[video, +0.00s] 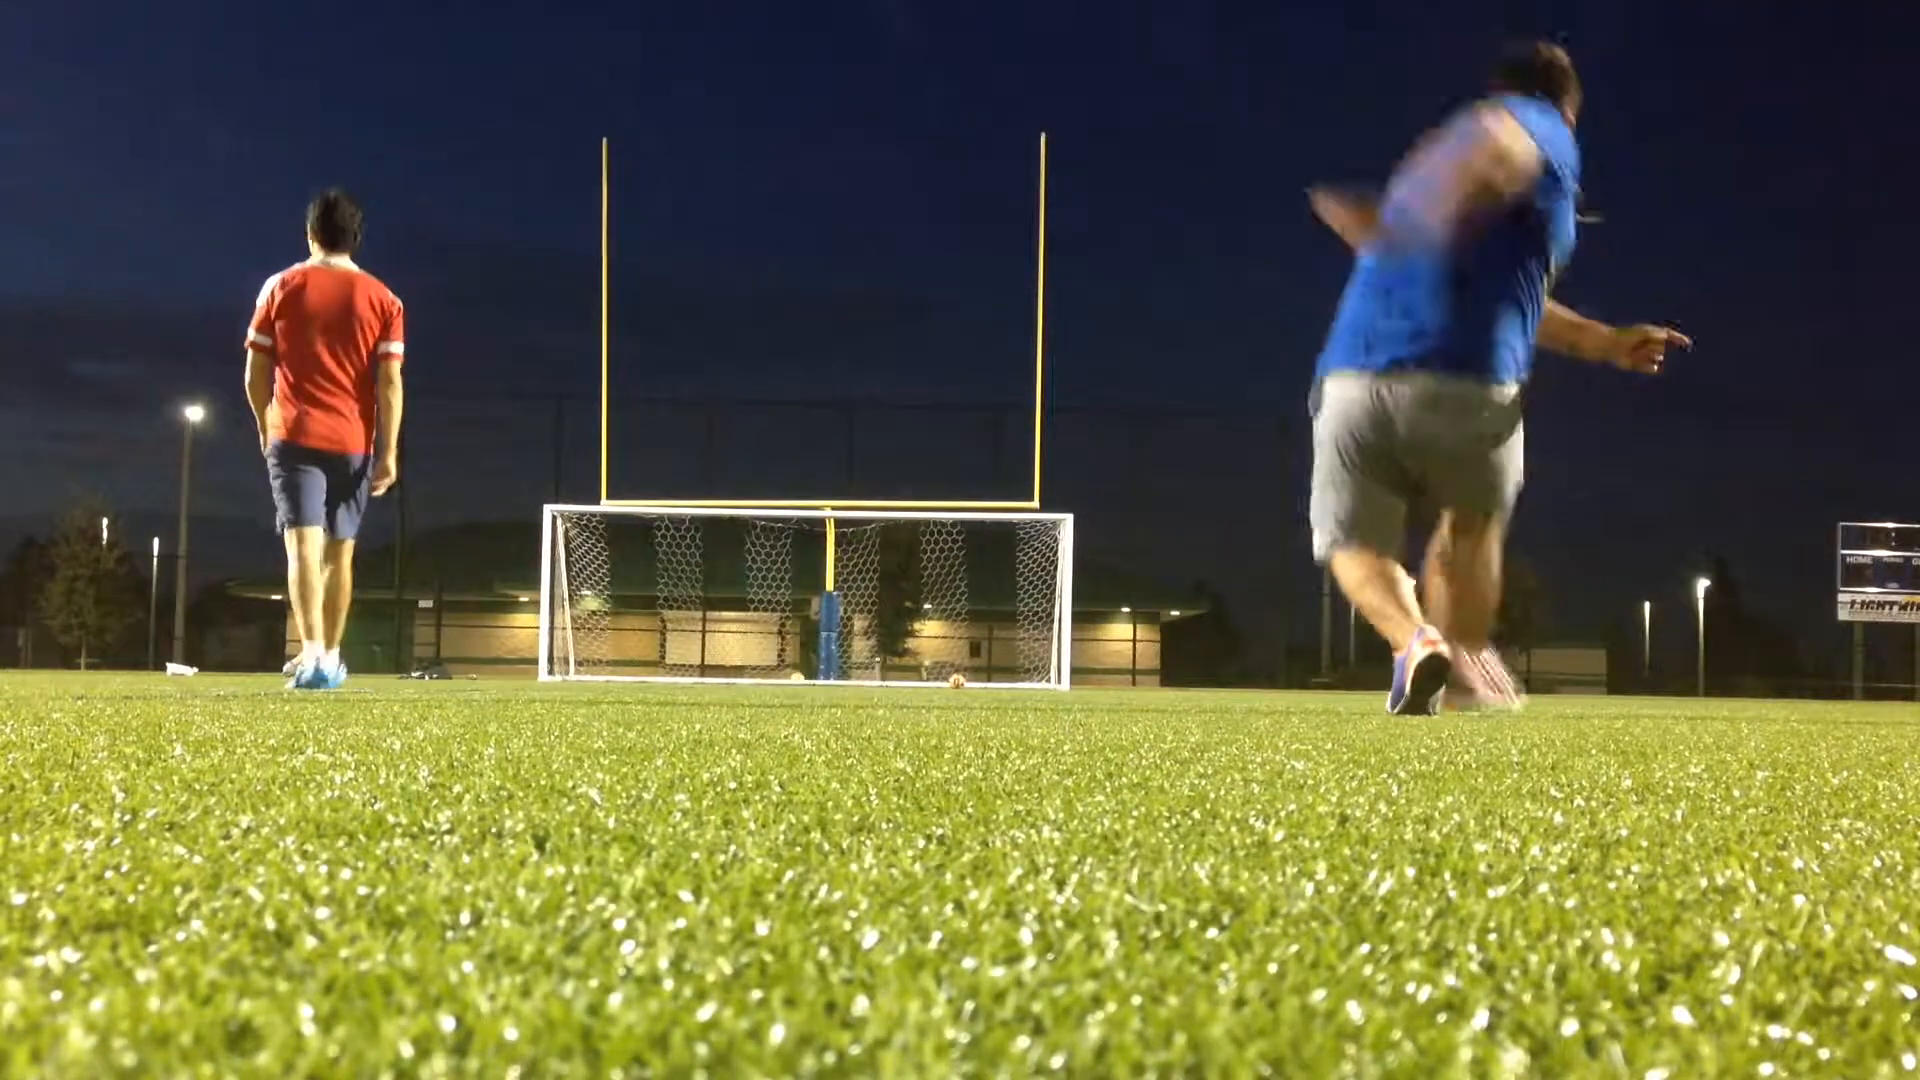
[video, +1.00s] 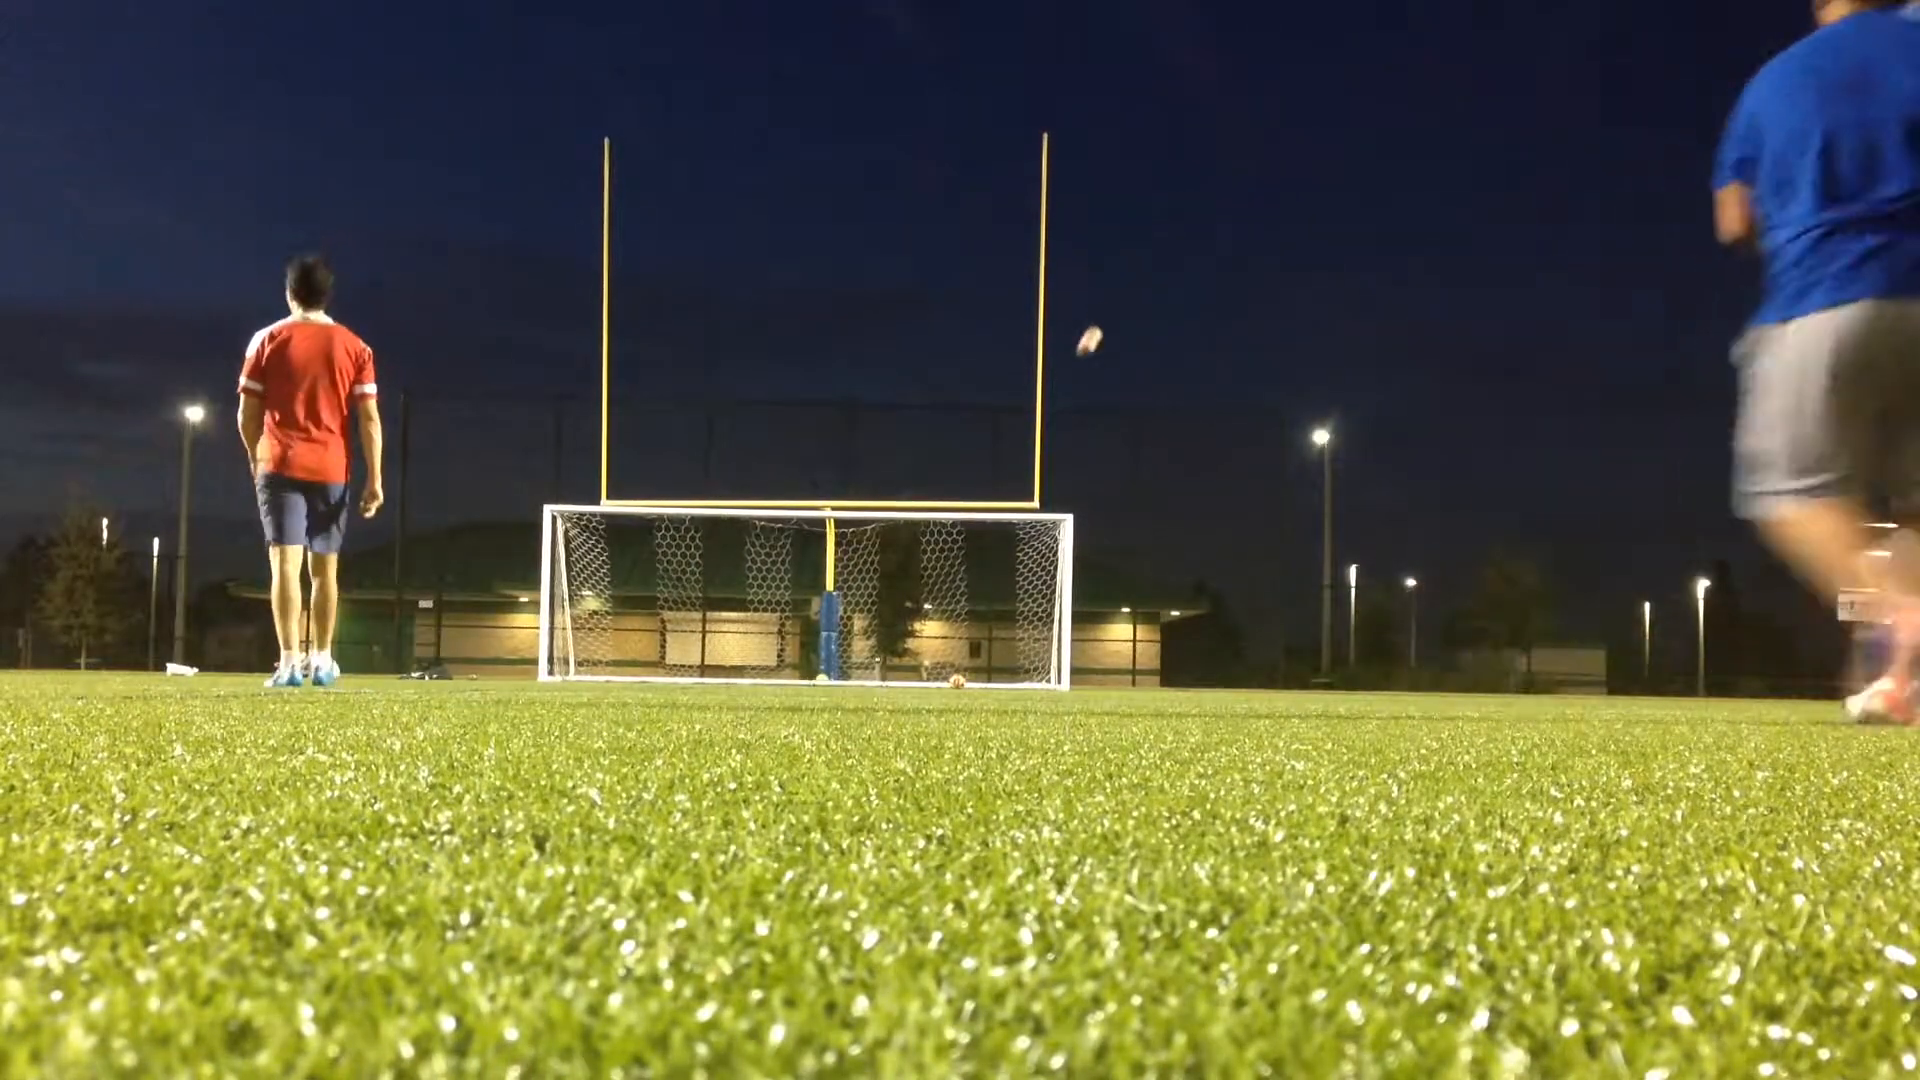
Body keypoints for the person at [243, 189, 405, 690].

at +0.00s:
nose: (308, 236)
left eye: (308, 230)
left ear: (309, 234)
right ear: (356, 237)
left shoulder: (281, 286)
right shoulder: (383, 298)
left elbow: (255, 372)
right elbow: (390, 382)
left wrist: (266, 426)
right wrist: (388, 452)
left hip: (293, 431)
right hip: (351, 438)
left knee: (304, 545)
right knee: (339, 555)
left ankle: (311, 654)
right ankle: (330, 658)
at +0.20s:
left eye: (321, 242)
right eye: (353, 243)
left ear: (312, 246)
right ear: (359, 248)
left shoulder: (284, 297)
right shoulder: (383, 308)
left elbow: (259, 376)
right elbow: (390, 392)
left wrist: (260, 435)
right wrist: (390, 461)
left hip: (293, 441)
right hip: (353, 446)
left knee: (288, 550)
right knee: (335, 558)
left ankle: (305, 612)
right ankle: (326, 665)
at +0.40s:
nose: (348, 256)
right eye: (352, 250)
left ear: (306, 253)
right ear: (352, 254)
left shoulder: (282, 304)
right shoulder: (379, 309)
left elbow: (260, 380)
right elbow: (395, 387)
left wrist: (247, 446)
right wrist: (393, 440)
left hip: (291, 443)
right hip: (352, 446)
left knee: (286, 547)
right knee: (338, 557)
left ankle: (286, 649)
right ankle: (327, 663)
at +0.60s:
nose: (296, 279)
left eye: (295, 272)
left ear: (295, 276)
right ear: (337, 275)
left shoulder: (277, 326)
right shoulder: (367, 327)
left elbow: (256, 402)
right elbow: (386, 403)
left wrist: (241, 466)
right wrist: (382, 446)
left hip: (288, 456)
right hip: (347, 457)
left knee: (290, 564)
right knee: (334, 559)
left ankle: (289, 667)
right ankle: (326, 653)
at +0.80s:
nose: (279, 281)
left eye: (280, 274)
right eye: (281, 274)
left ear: (287, 276)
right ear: (327, 277)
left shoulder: (270, 327)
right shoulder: (358, 331)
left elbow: (249, 406)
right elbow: (375, 406)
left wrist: (242, 469)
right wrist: (376, 465)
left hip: (281, 458)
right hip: (336, 461)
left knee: (285, 562)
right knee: (328, 553)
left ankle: (289, 666)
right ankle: (324, 619)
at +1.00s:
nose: (289, 296)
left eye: (288, 291)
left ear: (290, 294)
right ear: (328, 295)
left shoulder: (267, 340)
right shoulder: (354, 346)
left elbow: (247, 415)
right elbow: (370, 417)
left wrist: (258, 459)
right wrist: (375, 477)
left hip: (278, 461)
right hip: (331, 466)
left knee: (285, 564)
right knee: (325, 571)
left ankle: (290, 661)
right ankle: (322, 659)